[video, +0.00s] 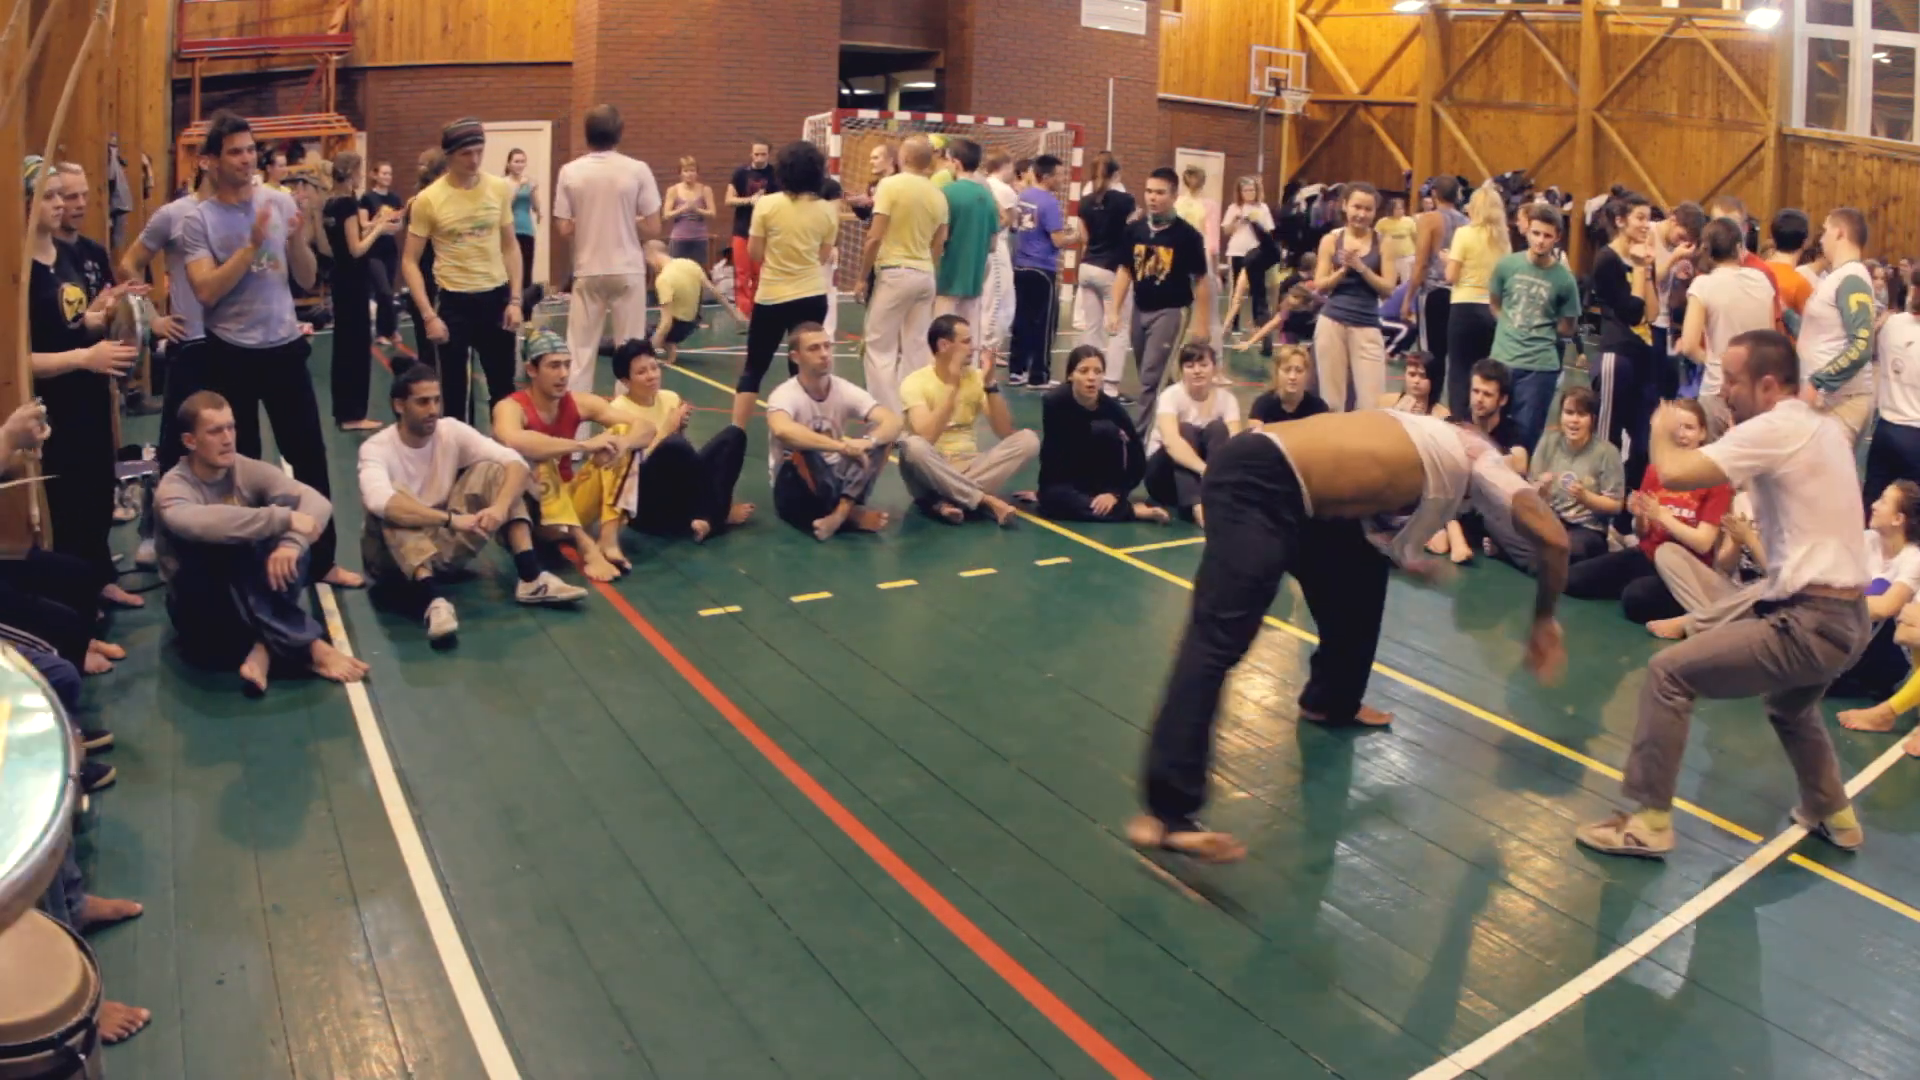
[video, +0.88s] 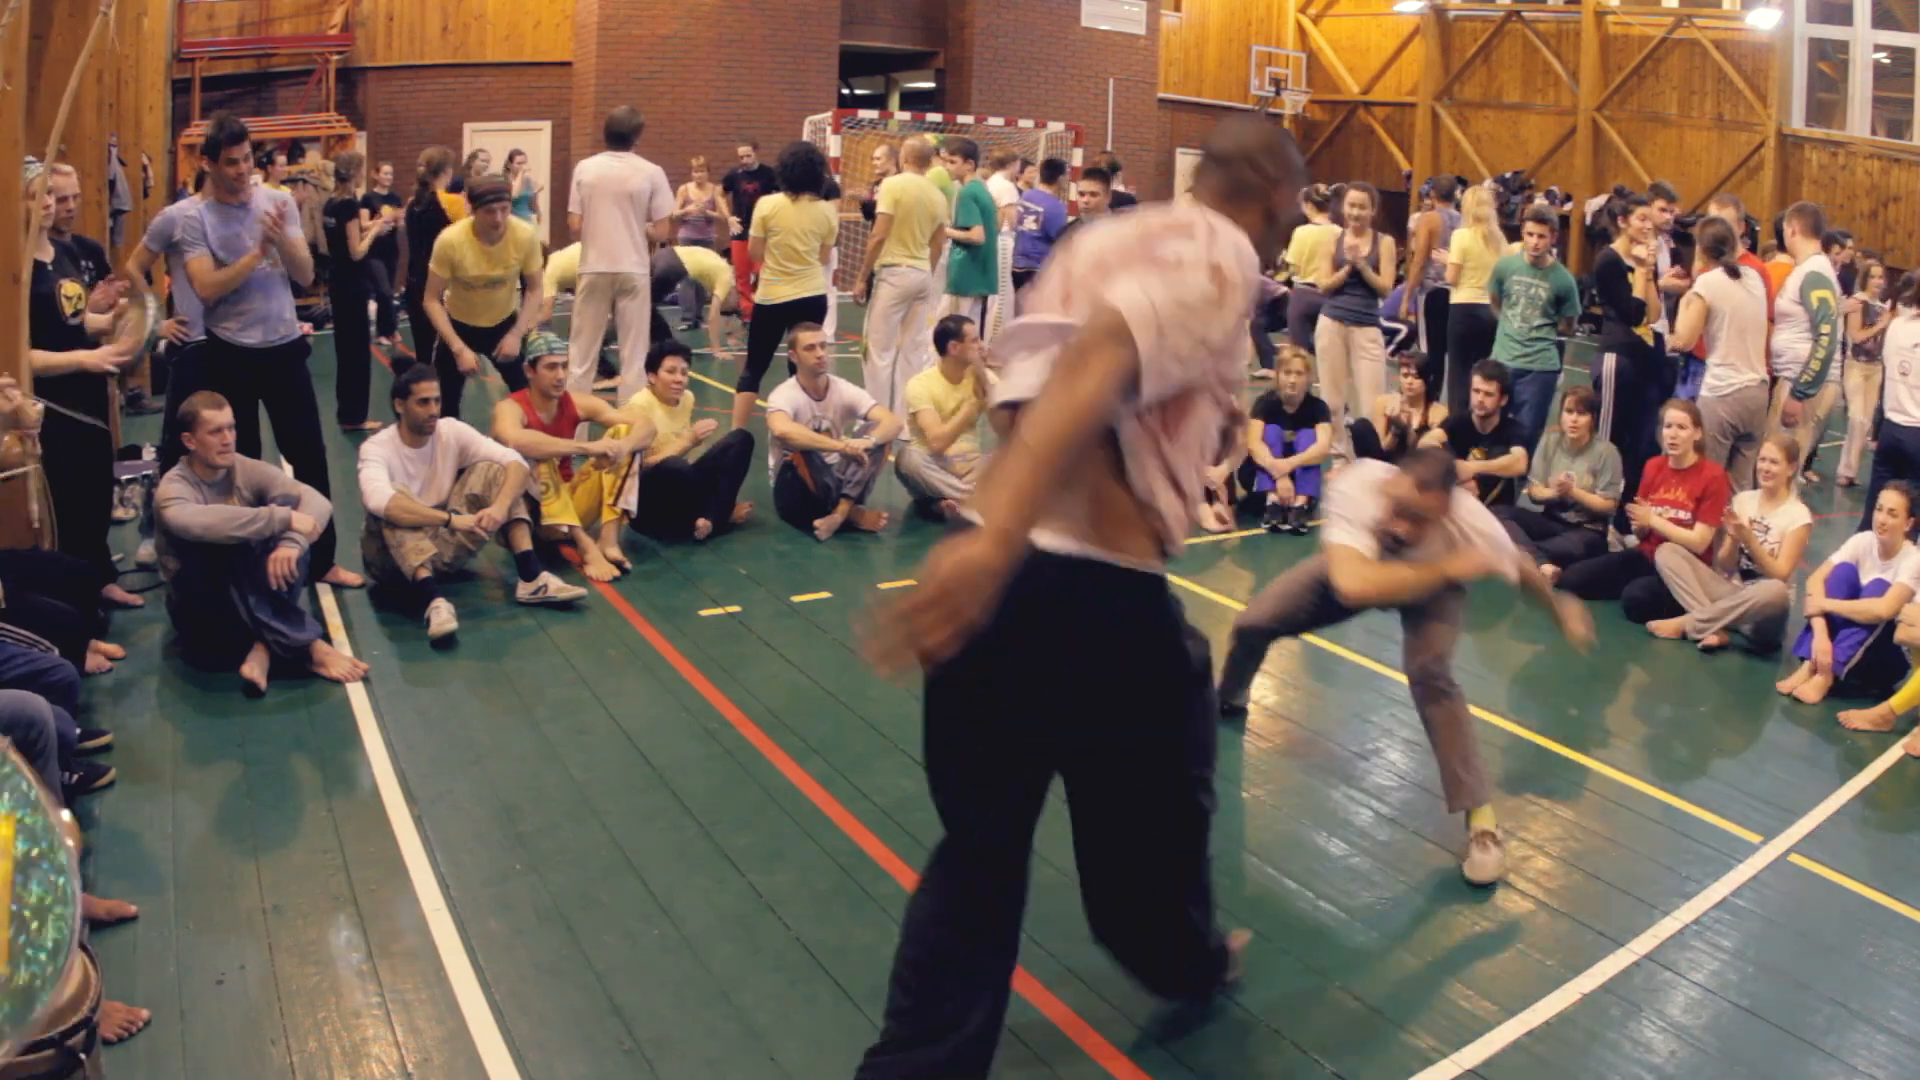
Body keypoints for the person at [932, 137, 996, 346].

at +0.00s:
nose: (948, 165)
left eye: (949, 160)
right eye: (948, 160)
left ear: (956, 163)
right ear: (976, 163)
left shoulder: (948, 192)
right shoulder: (986, 193)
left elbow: (941, 235)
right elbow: (992, 242)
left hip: (949, 272)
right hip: (976, 274)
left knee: (944, 332)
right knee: (970, 332)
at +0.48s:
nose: (945, 166)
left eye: (949, 161)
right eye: (946, 160)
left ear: (963, 165)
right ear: (966, 165)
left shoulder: (960, 192)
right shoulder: (984, 188)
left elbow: (966, 235)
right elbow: (1002, 215)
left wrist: (941, 232)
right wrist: (988, 237)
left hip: (961, 272)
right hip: (982, 271)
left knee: (949, 329)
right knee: (971, 328)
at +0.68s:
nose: (946, 168)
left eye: (950, 162)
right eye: (946, 162)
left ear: (967, 165)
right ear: (968, 165)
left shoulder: (966, 192)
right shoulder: (982, 189)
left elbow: (973, 236)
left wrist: (946, 233)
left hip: (964, 275)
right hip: (983, 274)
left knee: (950, 333)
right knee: (971, 334)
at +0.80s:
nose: (947, 167)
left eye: (952, 162)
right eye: (947, 162)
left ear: (968, 165)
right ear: (969, 166)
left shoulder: (967, 192)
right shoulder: (981, 189)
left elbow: (977, 234)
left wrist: (946, 231)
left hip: (965, 276)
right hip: (980, 274)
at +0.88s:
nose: (947, 167)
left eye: (953, 162)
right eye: (947, 161)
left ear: (970, 165)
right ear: (970, 166)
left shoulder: (968, 192)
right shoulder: (981, 189)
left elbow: (977, 235)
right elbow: (996, 225)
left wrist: (947, 231)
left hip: (967, 279)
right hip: (980, 277)